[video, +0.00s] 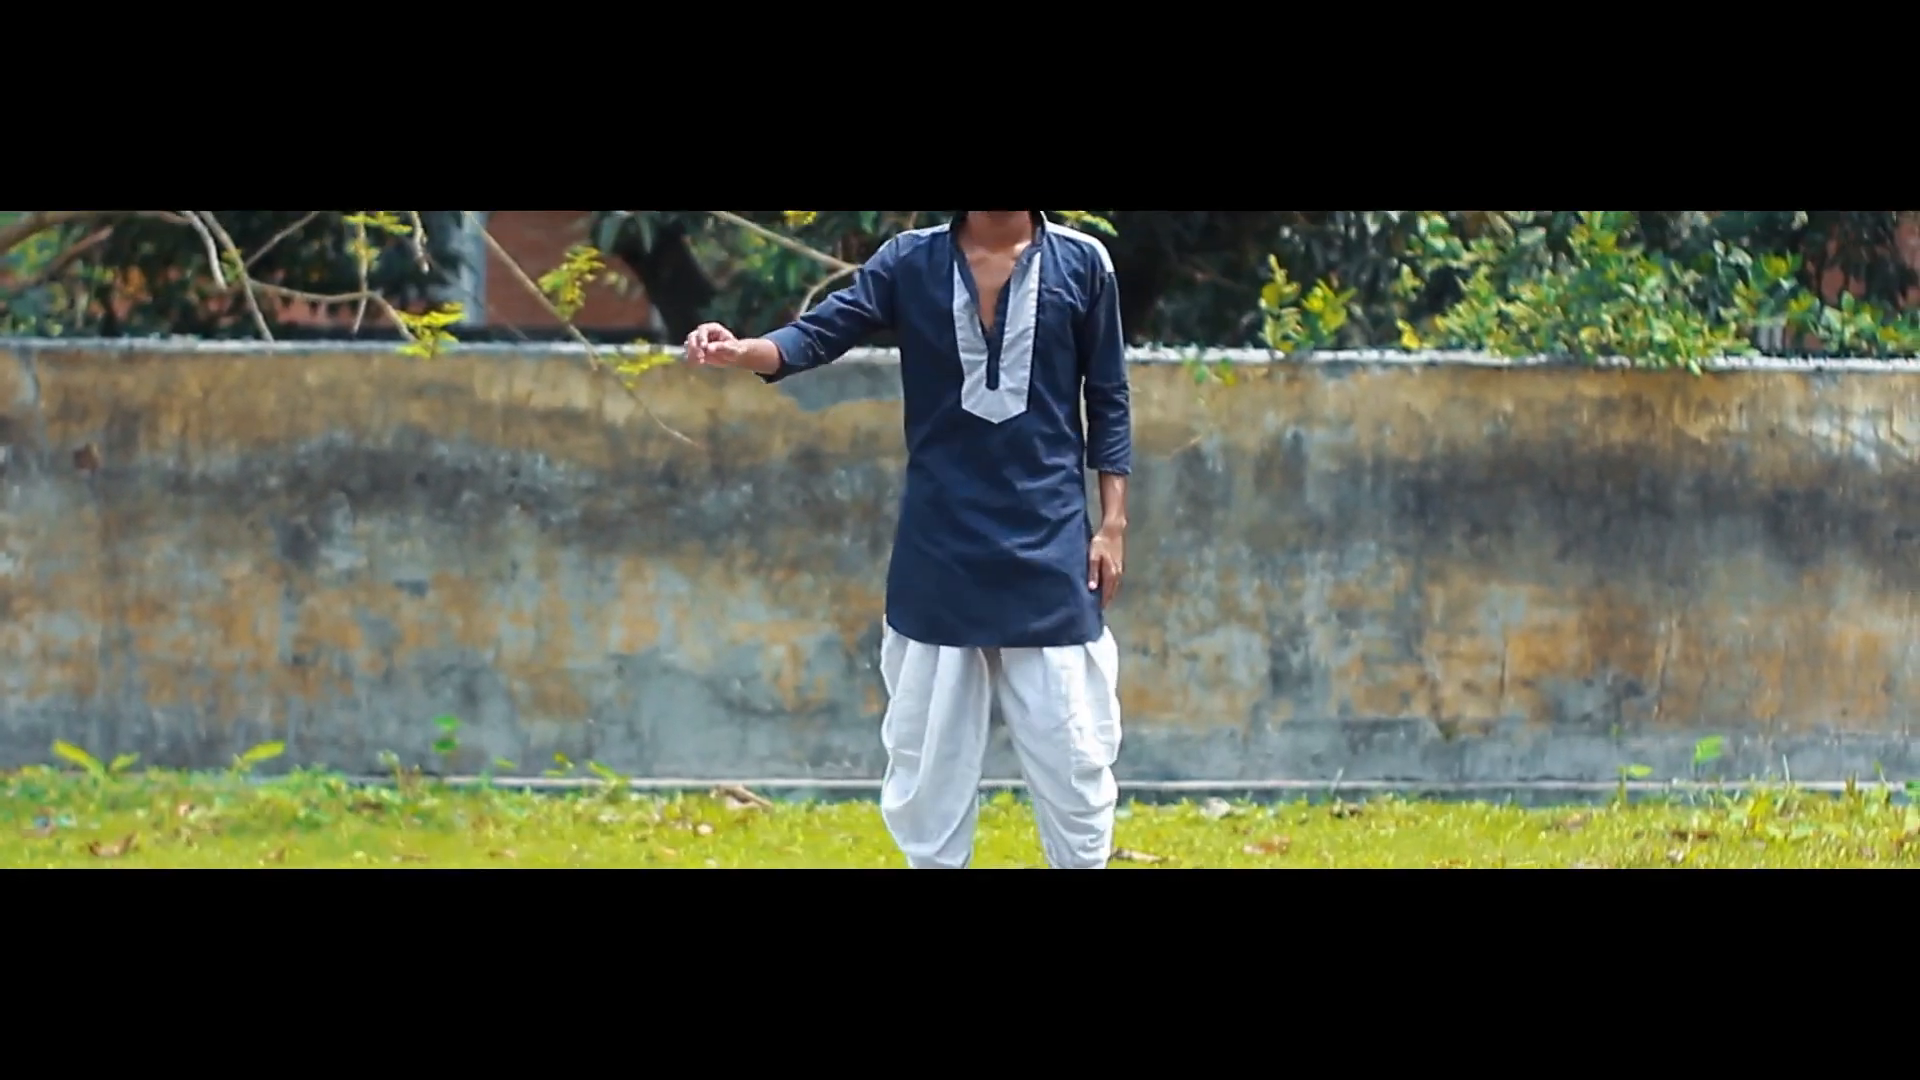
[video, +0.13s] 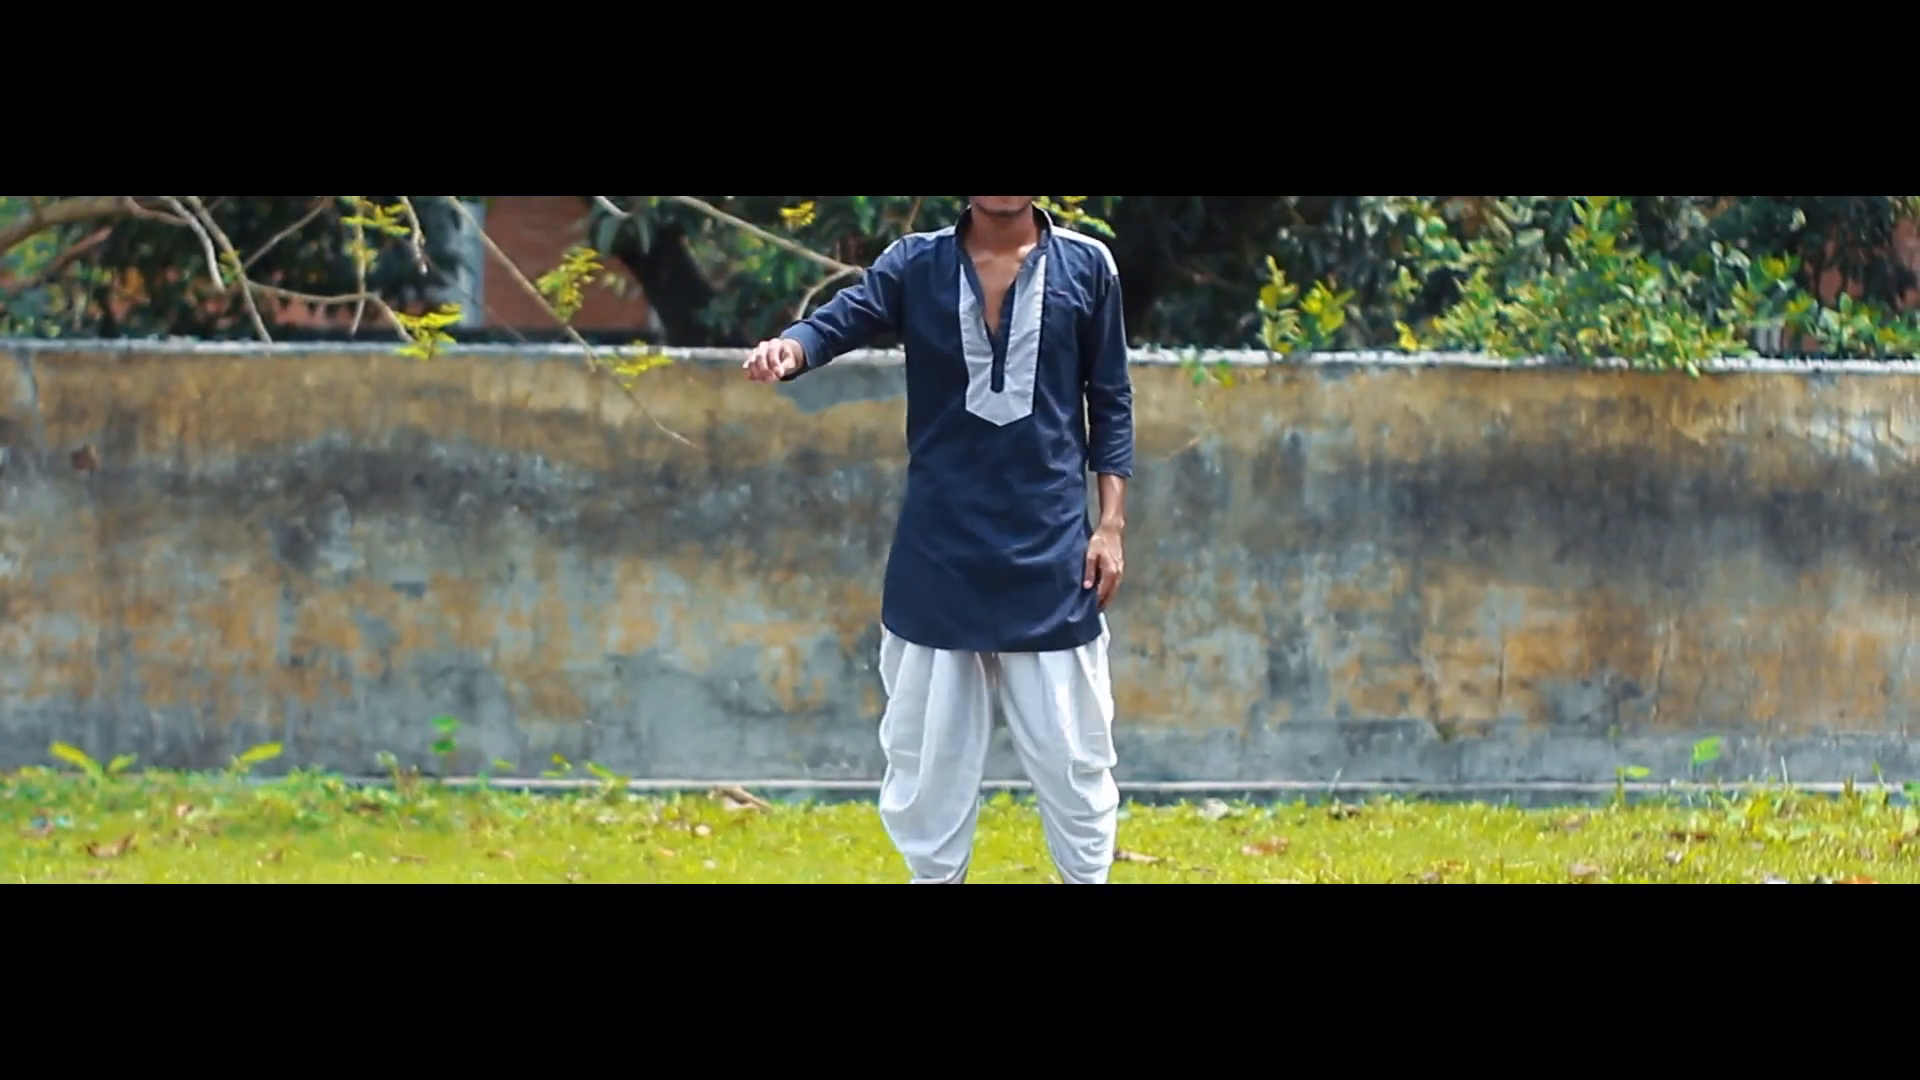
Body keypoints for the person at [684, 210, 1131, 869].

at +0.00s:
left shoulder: (1083, 262)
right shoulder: (909, 259)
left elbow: (1109, 396)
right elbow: (821, 331)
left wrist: (1112, 522)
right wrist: (745, 351)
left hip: (1049, 545)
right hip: (937, 547)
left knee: (1075, 766)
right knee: (927, 767)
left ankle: (1083, 861)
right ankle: (934, 860)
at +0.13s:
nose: (1000, 189)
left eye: (1012, 183)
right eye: (989, 183)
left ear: (1036, 189)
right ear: (968, 190)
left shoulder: (1088, 265)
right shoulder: (916, 260)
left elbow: (1110, 400)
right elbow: (843, 317)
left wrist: (1111, 523)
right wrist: (789, 349)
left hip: (1048, 547)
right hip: (938, 548)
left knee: (1074, 757)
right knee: (926, 753)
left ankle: (1087, 875)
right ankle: (935, 874)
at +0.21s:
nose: (1013, 180)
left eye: (1026, 172)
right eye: (997, 172)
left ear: (1046, 182)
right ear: (973, 181)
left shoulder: (1094, 265)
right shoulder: (924, 260)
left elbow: (1119, 401)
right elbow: (850, 346)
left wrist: (1119, 524)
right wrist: (819, 392)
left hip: (1054, 542)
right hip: (944, 542)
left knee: (1073, 750)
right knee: (932, 745)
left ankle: (1090, 882)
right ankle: (936, 883)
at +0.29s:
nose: (1019, 175)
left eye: (1035, 165)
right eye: (1003, 165)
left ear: (1060, 176)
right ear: (978, 175)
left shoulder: (1102, 266)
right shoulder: (933, 266)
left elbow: (1127, 402)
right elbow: (877, 375)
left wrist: (1131, 525)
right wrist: (850, 452)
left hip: (1060, 543)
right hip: (952, 541)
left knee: (1074, 750)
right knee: (933, 745)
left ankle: (1093, 894)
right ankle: (935, 892)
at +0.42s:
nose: (1028, 172)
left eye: (1044, 158)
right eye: (1011, 159)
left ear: (1070, 167)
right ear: (985, 168)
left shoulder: (1111, 269)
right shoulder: (938, 272)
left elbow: (1138, 404)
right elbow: (907, 410)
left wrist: (1147, 529)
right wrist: (884, 537)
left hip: (1069, 546)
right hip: (956, 547)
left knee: (1080, 750)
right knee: (936, 748)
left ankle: (1093, 907)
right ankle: (933, 906)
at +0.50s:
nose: (1030, 172)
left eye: (1046, 156)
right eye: (1013, 156)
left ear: (1070, 165)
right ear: (987, 164)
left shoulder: (1113, 267)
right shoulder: (941, 271)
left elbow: (1142, 404)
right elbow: (918, 418)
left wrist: (1154, 529)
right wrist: (901, 551)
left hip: (1072, 543)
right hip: (958, 543)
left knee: (1081, 744)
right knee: (940, 745)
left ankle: (1093, 914)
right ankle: (933, 915)